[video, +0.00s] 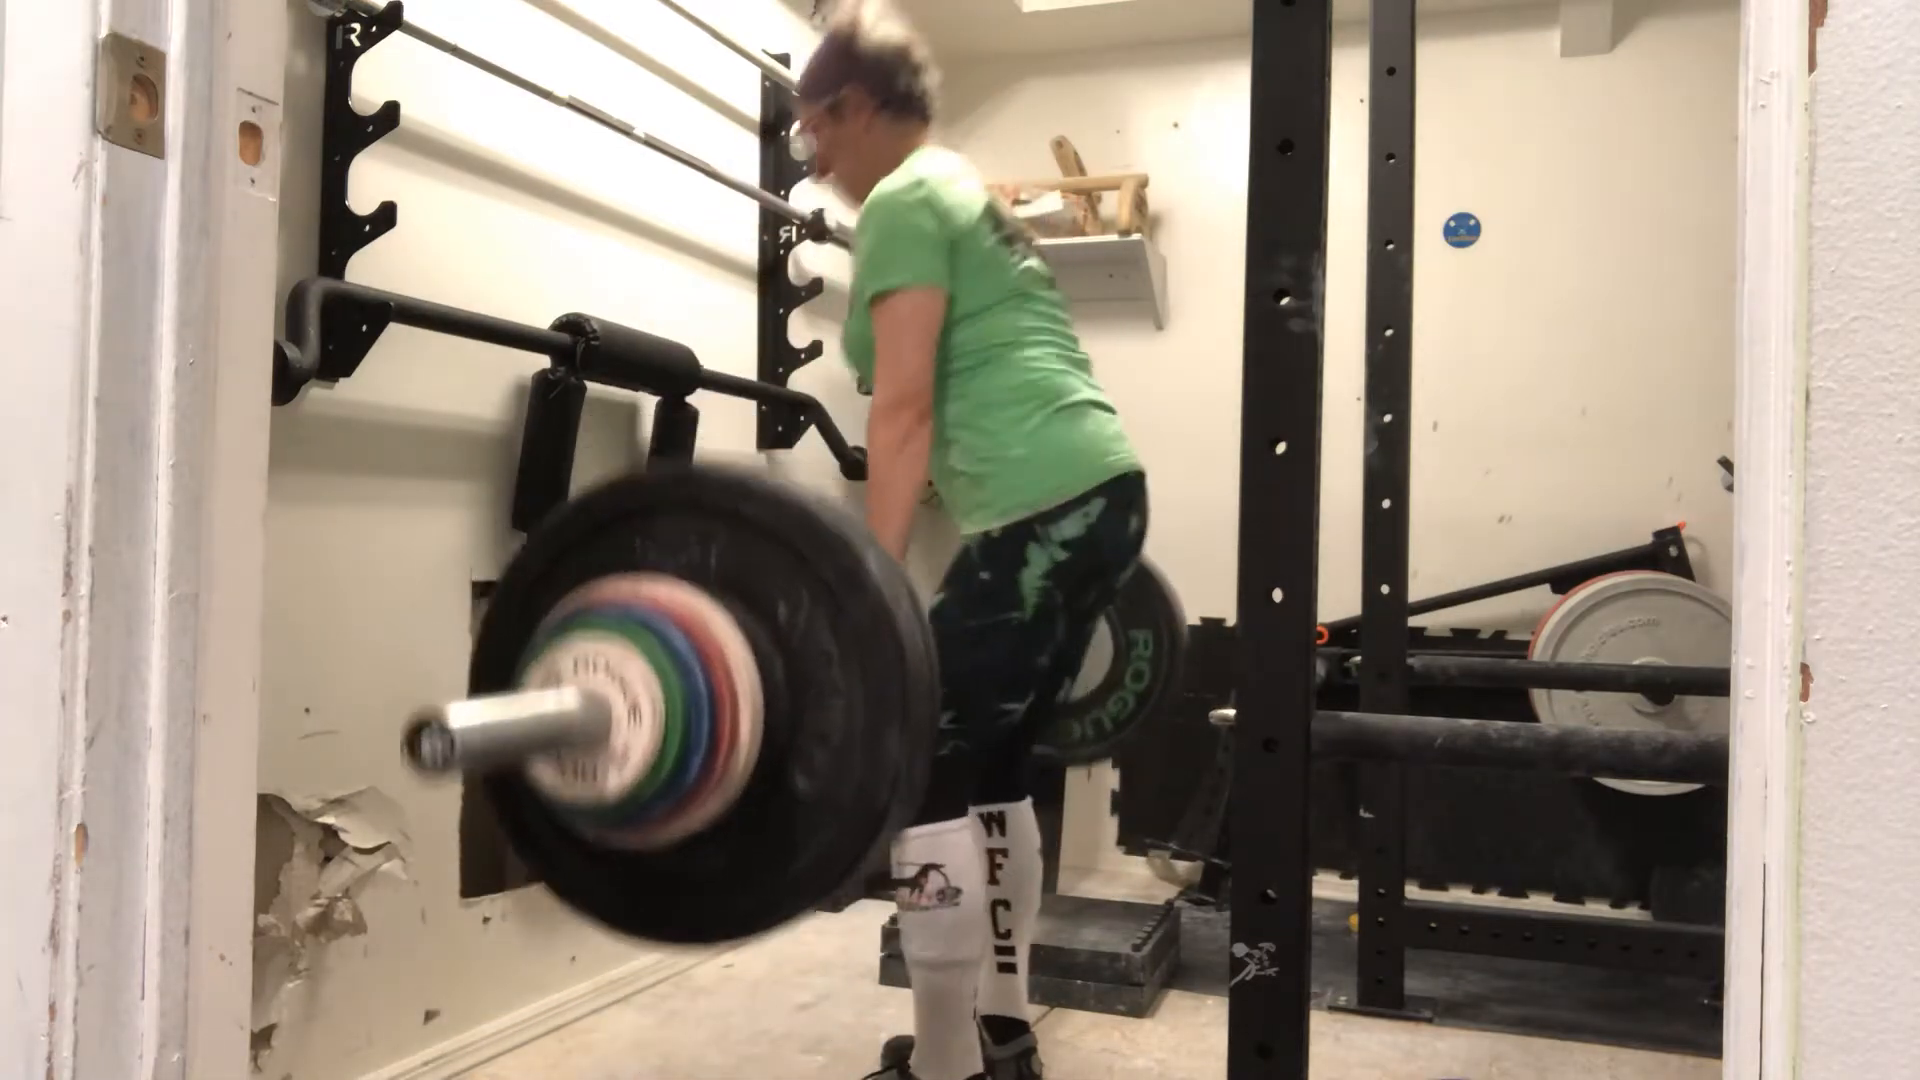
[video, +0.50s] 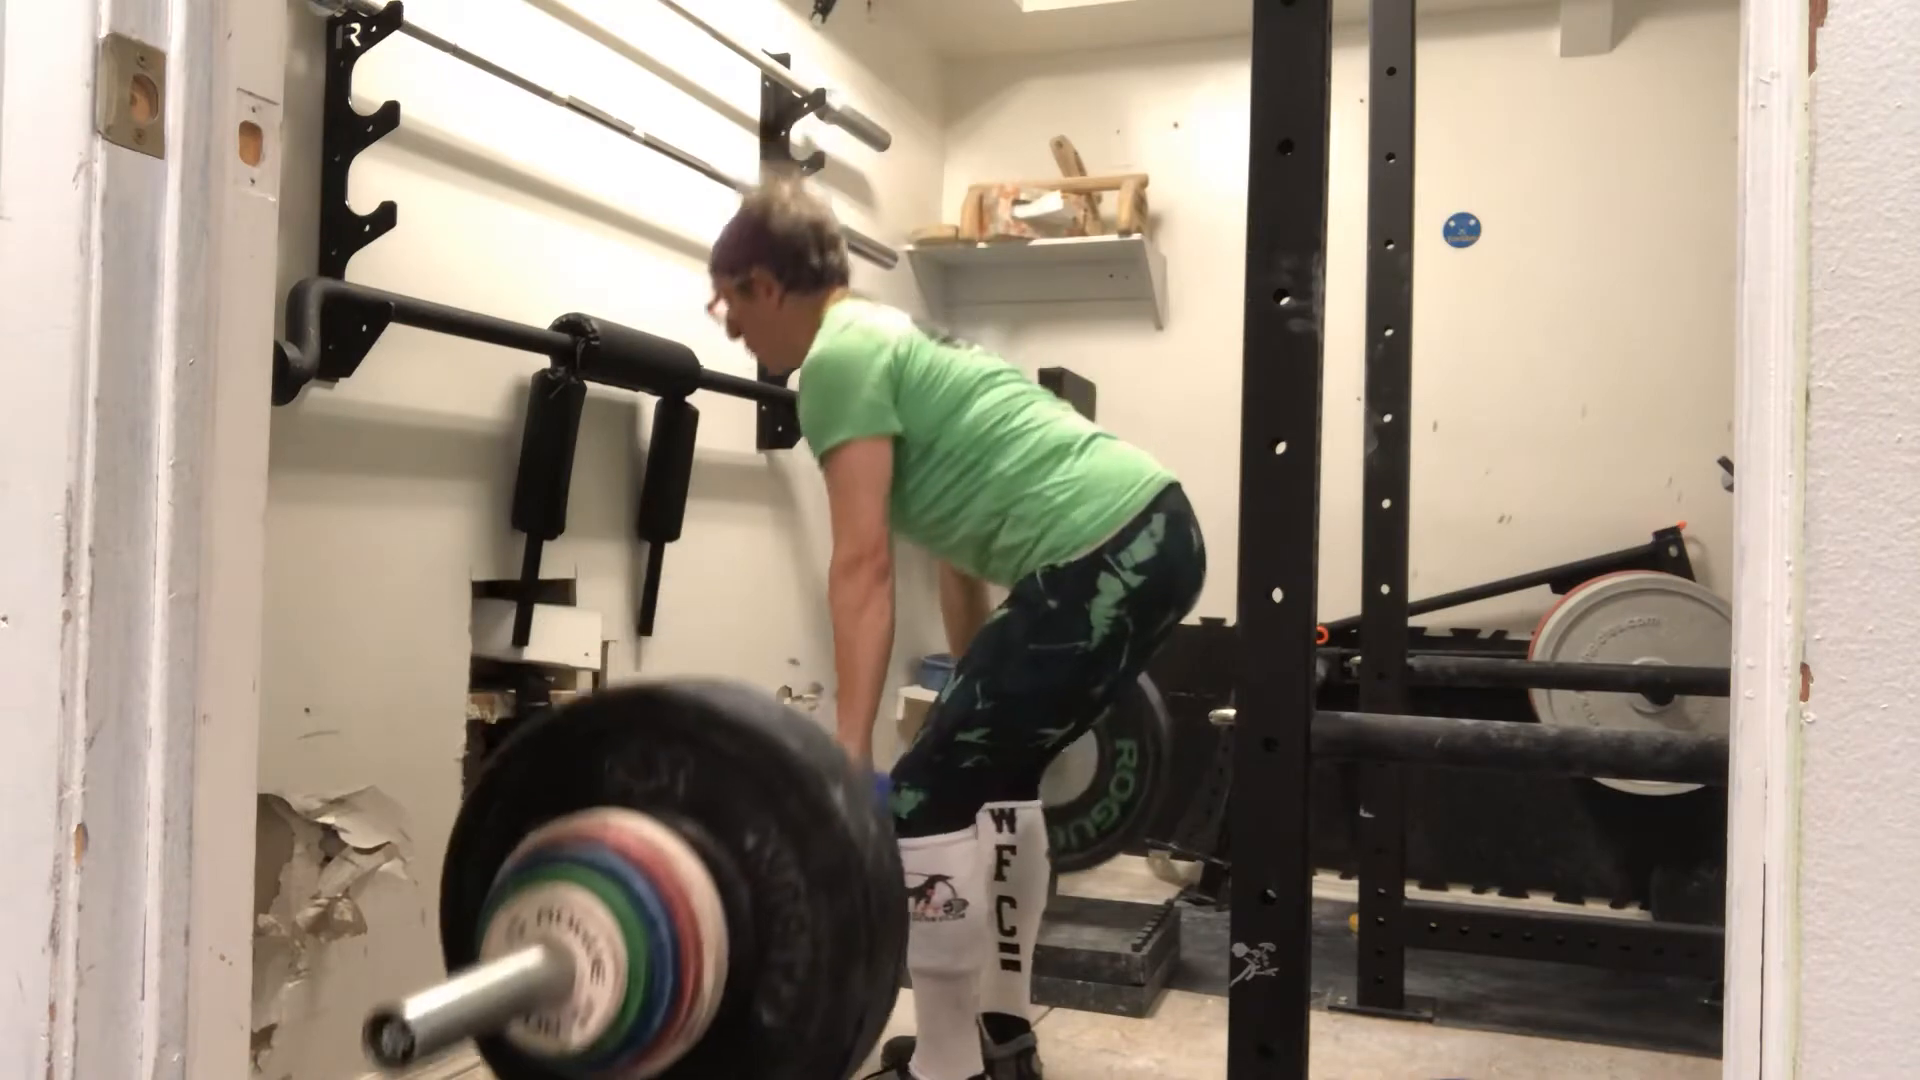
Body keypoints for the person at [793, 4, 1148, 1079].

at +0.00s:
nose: (807, 149)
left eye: (815, 122)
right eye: (804, 127)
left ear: (867, 109)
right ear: (887, 113)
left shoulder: (905, 206)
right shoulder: (953, 192)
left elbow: (902, 418)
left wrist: (869, 590)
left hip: (1039, 511)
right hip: (1090, 493)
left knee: (931, 766)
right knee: (1007, 762)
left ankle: (943, 1058)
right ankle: (1001, 1025)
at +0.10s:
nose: (772, 197)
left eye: (778, 173)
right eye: (769, 178)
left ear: (826, 153)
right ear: (847, 152)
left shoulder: (878, 242)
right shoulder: (914, 232)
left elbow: (891, 453)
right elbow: (914, 448)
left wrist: (866, 630)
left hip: (1064, 518)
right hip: (1100, 502)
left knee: (926, 767)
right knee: (996, 760)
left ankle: (944, 1059)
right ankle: (1000, 1025)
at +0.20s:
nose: (755, 237)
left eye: (761, 213)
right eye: (751, 216)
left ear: (808, 199)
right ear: (835, 197)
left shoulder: (859, 277)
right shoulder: (905, 264)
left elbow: (882, 483)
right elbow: (975, 458)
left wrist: (865, 668)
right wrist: (986, 614)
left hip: (1075, 523)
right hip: (1125, 507)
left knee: (940, 774)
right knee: (1012, 767)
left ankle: (942, 1063)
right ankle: (1000, 1027)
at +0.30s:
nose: (740, 265)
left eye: (745, 240)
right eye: (738, 244)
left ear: (791, 228)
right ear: (825, 227)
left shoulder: (850, 305)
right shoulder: (901, 292)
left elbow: (874, 512)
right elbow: (968, 510)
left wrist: (861, 702)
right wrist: (986, 660)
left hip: (1090, 529)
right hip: (1134, 508)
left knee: (943, 787)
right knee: (1014, 774)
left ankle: (946, 1061)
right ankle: (1002, 1026)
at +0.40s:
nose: (733, 293)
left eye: (735, 270)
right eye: (729, 275)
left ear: (778, 257)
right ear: (802, 253)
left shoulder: (847, 330)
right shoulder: (896, 318)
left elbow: (870, 540)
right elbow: (965, 540)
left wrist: (853, 733)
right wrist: (981, 688)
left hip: (1103, 542)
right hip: (1142, 522)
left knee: (932, 797)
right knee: (1007, 778)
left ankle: (945, 1062)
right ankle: (1002, 1027)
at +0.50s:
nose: (727, 322)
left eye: (730, 298)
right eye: (723, 303)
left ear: (769, 285)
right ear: (805, 278)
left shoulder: (842, 354)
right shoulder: (894, 341)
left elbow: (864, 569)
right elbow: (960, 559)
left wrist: (852, 759)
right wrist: (976, 701)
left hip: (1102, 558)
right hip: (1143, 533)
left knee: (919, 799)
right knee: (996, 782)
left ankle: (945, 1060)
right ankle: (1001, 1031)